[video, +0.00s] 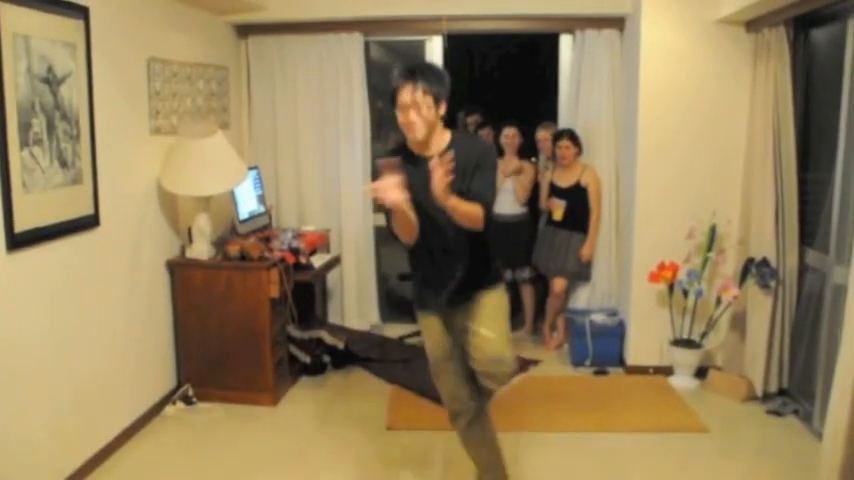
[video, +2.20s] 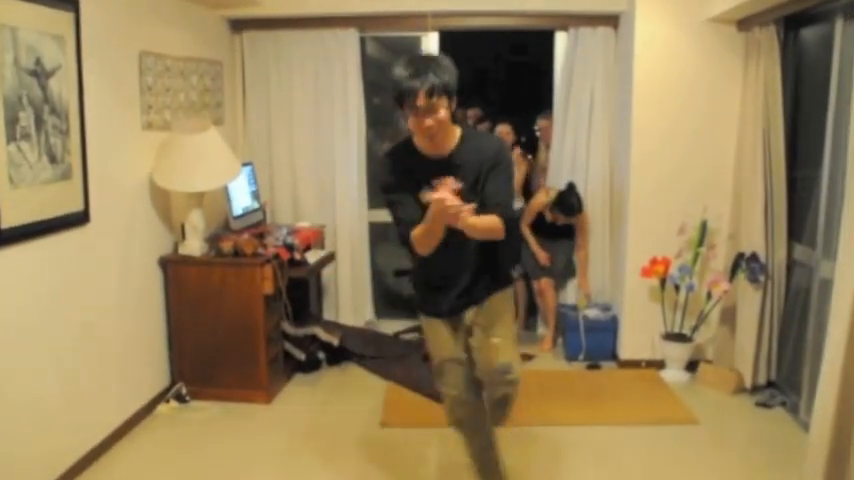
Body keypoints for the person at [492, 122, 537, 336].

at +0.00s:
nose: (509, 140)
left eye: (513, 136)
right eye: (506, 136)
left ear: (520, 140)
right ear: (500, 140)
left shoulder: (527, 167)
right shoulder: (495, 165)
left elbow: (523, 196)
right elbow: (491, 192)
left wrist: (515, 175)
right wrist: (501, 175)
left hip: (519, 218)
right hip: (497, 218)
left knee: (523, 274)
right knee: (500, 274)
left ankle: (528, 324)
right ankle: (500, 321)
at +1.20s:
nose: (505, 142)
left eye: (508, 137)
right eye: (501, 137)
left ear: (515, 140)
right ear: (494, 141)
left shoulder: (524, 166)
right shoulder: (489, 167)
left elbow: (518, 191)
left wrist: (510, 165)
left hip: (519, 228)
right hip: (497, 229)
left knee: (521, 277)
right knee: (500, 278)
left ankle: (525, 319)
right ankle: (501, 317)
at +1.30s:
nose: (503, 142)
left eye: (507, 138)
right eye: (499, 138)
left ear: (515, 141)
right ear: (494, 142)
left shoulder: (522, 166)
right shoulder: (488, 165)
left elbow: (517, 195)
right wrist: (516, 244)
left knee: (517, 278)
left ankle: (524, 324)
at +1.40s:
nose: (503, 143)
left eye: (507, 138)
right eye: (500, 139)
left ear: (516, 142)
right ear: (494, 142)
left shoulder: (523, 168)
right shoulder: (490, 168)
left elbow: (521, 195)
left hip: (516, 224)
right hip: (494, 224)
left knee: (516, 276)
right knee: (497, 276)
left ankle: (524, 321)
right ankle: (499, 317)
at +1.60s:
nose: (505, 140)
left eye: (509, 135)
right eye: (501, 135)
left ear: (516, 139)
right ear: (494, 139)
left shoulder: (522, 164)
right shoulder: (491, 164)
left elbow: (519, 190)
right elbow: (485, 190)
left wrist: (513, 160)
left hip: (517, 218)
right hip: (494, 218)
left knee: (519, 276)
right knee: (497, 275)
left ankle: (523, 322)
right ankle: (498, 318)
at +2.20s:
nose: (502, 140)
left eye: (506, 135)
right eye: (499, 136)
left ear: (514, 138)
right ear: (493, 138)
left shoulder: (519, 159)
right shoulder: (490, 159)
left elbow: (517, 189)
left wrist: (517, 164)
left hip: (514, 213)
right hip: (493, 212)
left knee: (516, 269)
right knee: (500, 268)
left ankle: (521, 318)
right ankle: (505, 319)